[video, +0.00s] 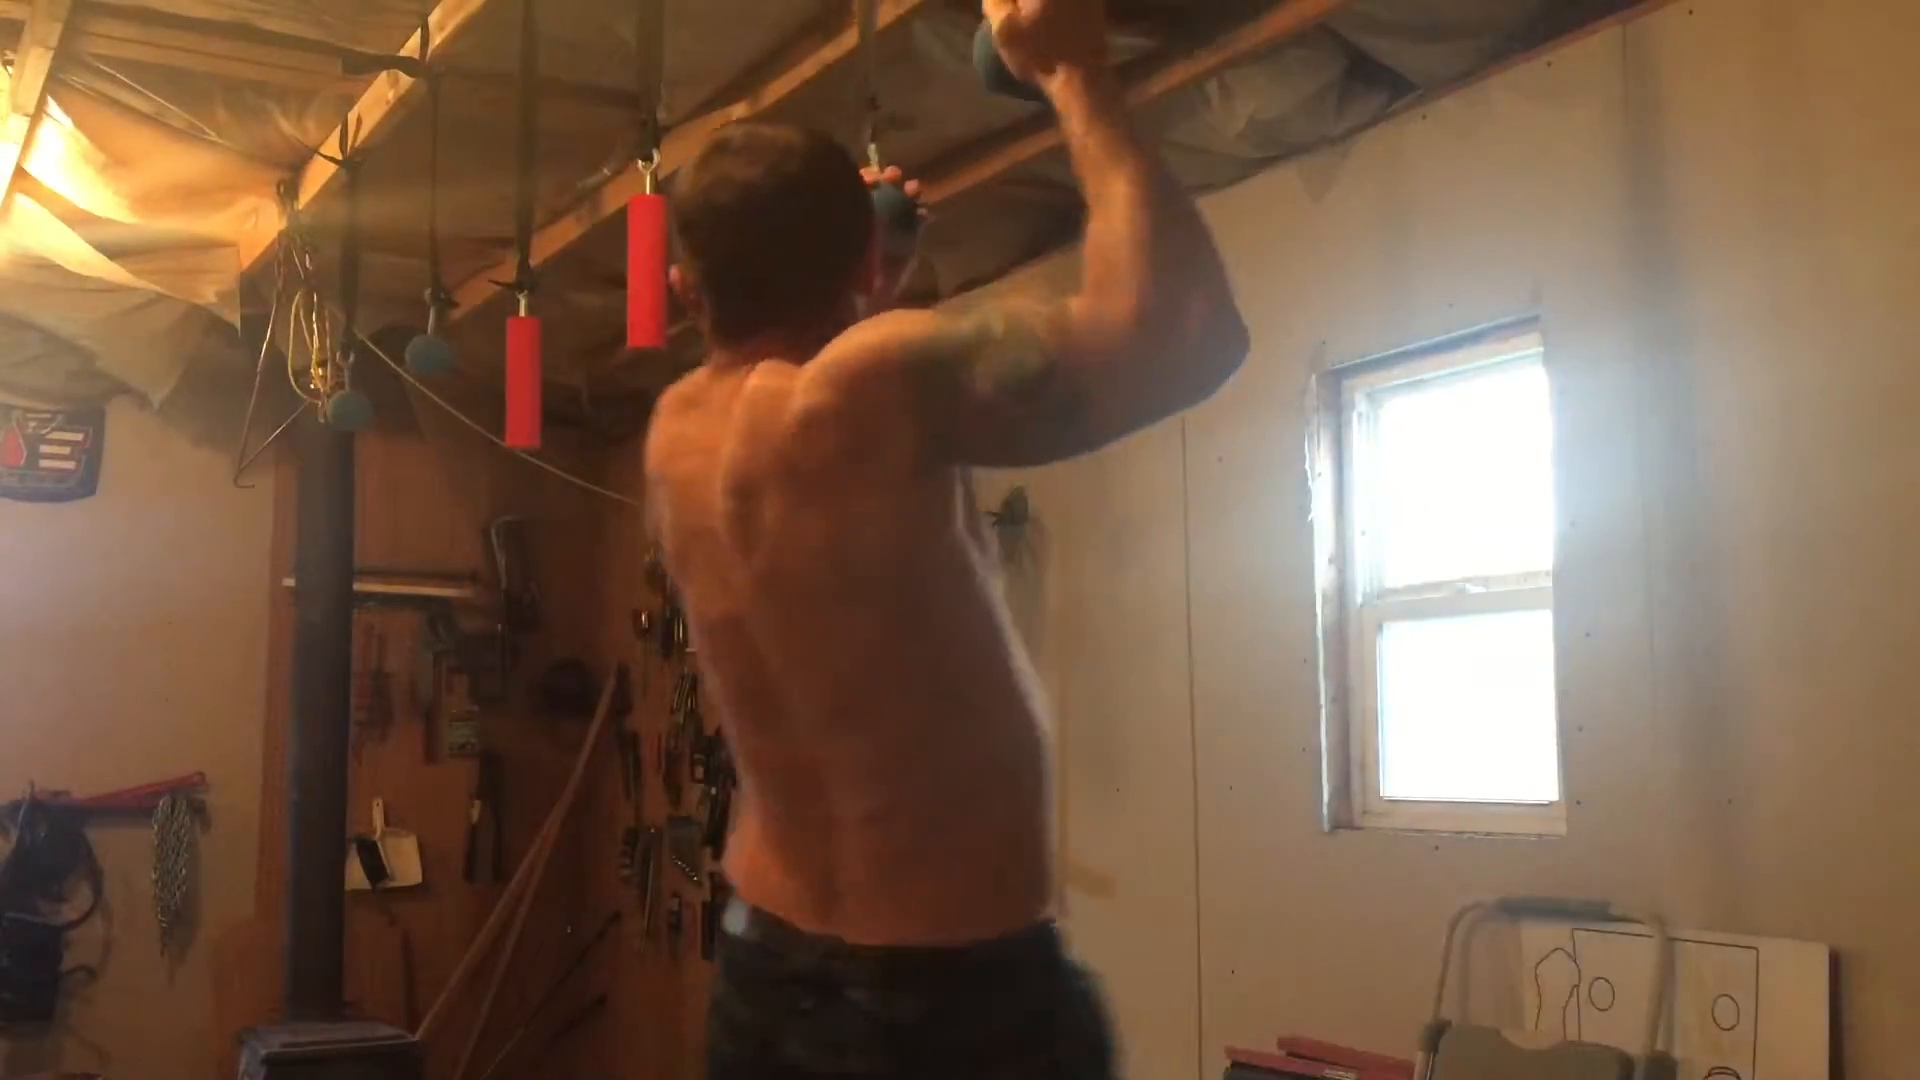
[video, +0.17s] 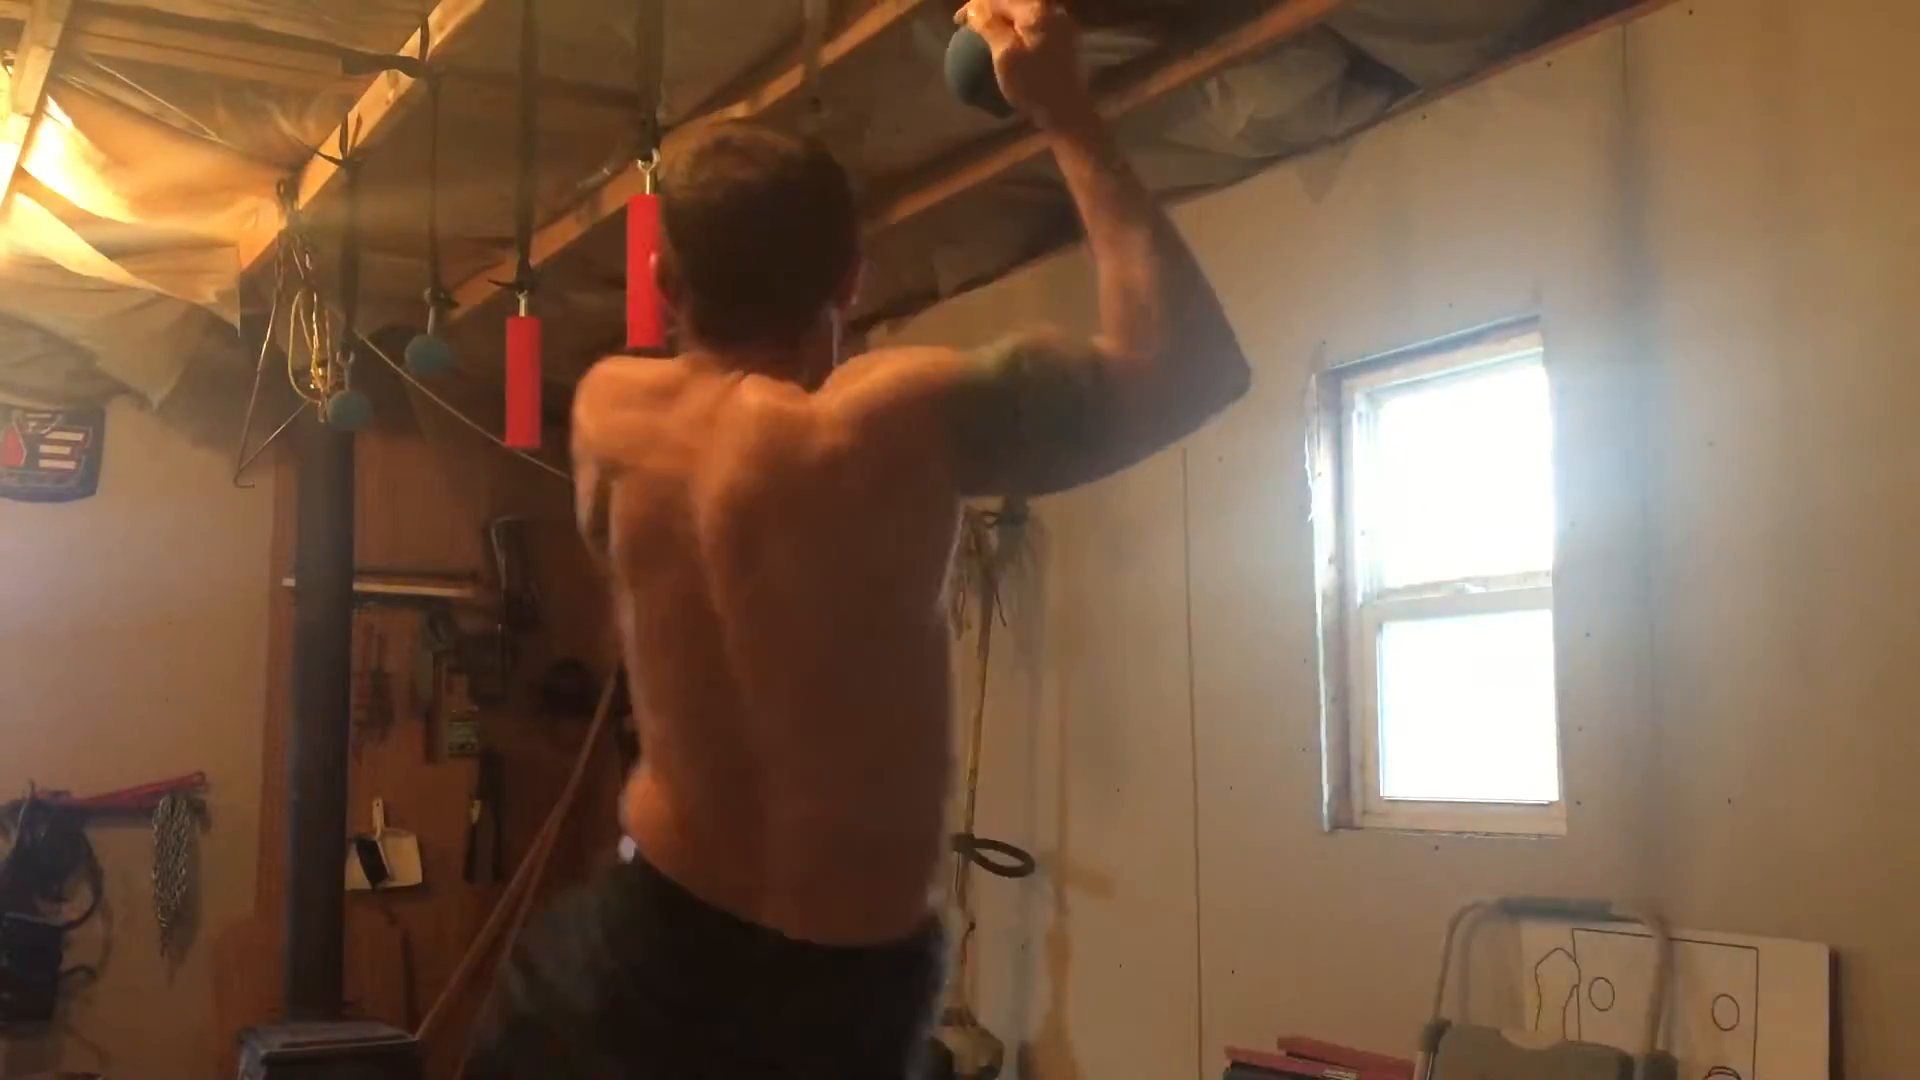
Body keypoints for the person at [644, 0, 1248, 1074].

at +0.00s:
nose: (878, 254)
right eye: (870, 234)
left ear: (702, 280)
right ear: (856, 267)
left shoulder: (675, 429)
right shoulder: (882, 379)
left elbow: (796, 398)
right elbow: (1181, 333)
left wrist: (877, 268)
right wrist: (1075, 77)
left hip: (765, 987)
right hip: (970, 1000)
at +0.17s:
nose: (860, 277)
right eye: (858, 258)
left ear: (671, 286)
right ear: (850, 280)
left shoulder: (611, 412)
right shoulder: (906, 420)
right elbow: (1190, 368)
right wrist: (1073, 121)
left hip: (651, 945)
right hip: (859, 991)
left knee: (511, 1054)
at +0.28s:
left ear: (682, 288)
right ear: (850, 295)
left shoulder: (589, 398)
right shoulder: (931, 448)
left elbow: (578, 541)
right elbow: (1147, 379)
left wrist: (693, 321)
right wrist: (1063, 128)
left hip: (598, 878)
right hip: (781, 921)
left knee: (399, 946)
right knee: (650, 1001)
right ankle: (647, 1069)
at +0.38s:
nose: (657, 280)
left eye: (672, 262)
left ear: (692, 296)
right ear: (868, 315)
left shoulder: (611, 417)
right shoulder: (943, 465)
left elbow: (605, 373)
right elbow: (981, 351)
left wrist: (674, 269)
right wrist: (991, 201)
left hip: (584, 843)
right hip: (754, 870)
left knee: (365, 879)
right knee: (623, 907)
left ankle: (336, 1057)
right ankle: (627, 1058)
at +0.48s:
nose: (735, 304)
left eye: (737, 281)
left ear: (744, 315)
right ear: (892, 332)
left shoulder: (678, 441)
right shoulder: (953, 456)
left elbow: (564, 454)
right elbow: (849, 402)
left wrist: (674, 291)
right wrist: (810, 238)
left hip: (581, 828)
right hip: (736, 858)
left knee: (372, 841)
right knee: (620, 913)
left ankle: (141, 1010)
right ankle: (628, 1031)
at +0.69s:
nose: (803, 384)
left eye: (813, 364)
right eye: (808, 366)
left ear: (839, 392)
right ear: (941, 404)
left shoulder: (822, 499)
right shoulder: (942, 529)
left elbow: (610, 473)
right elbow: (782, 400)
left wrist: (700, 304)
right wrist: (673, 280)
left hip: (592, 830)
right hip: (686, 908)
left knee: (332, 722)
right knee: (480, 1032)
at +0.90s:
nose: (906, 446)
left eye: (921, 430)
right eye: (920, 427)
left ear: (954, 459)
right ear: (1015, 483)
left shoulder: (943, 558)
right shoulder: (980, 584)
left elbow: (711, 500)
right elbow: (817, 442)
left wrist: (779, 309)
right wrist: (720, 293)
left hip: (660, 837)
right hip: (702, 917)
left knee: (367, 725)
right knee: (409, 1033)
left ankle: (85, 737)